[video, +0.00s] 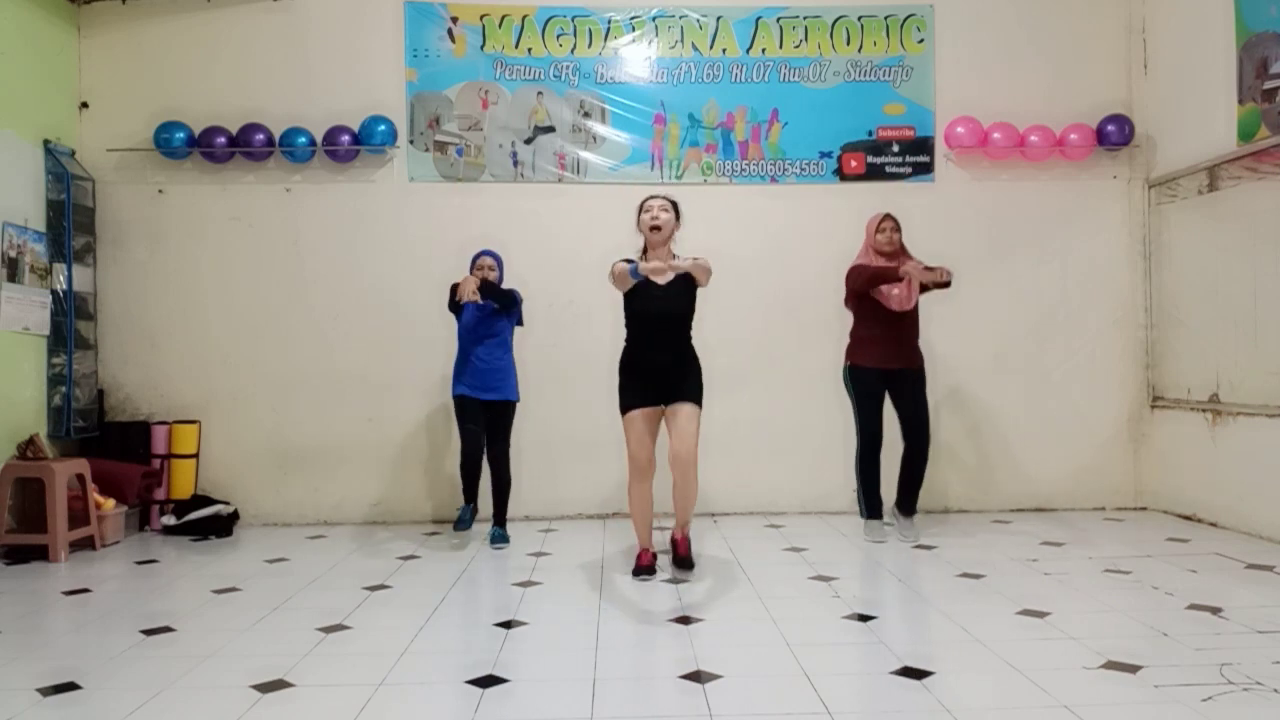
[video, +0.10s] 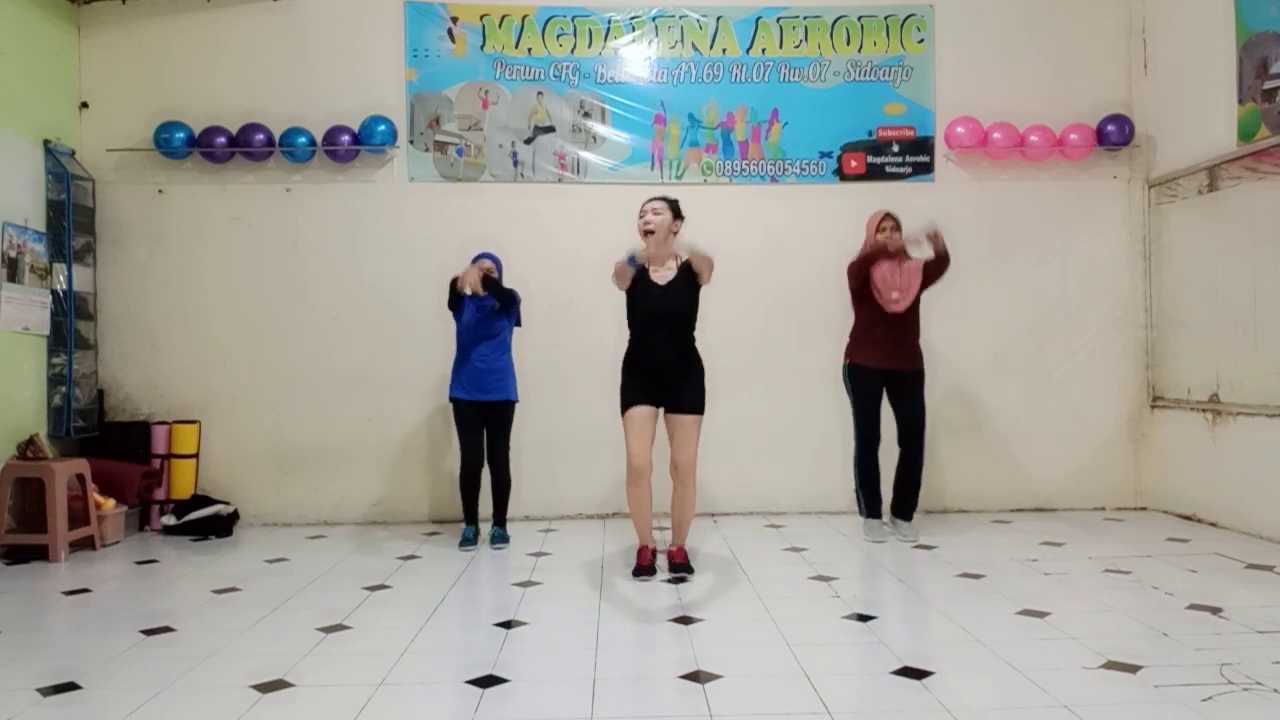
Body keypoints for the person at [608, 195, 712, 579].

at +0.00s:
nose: (655, 215)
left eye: (664, 210)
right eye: (648, 211)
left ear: (676, 224)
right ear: (639, 225)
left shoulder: (691, 266)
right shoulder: (627, 267)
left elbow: (704, 274)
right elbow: (619, 276)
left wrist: (685, 268)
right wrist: (637, 271)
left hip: (682, 369)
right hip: (638, 370)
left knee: (684, 456)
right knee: (640, 462)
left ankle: (682, 536)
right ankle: (645, 548)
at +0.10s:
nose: (648, 218)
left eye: (656, 212)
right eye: (643, 215)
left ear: (676, 225)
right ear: (639, 227)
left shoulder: (693, 269)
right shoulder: (631, 270)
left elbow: (705, 267)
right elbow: (620, 277)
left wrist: (690, 253)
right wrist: (633, 259)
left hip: (684, 371)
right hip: (639, 371)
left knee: (683, 465)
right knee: (638, 465)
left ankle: (678, 548)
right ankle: (645, 547)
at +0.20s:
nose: (641, 219)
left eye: (651, 213)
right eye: (639, 214)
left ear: (673, 223)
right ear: (640, 224)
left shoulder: (693, 266)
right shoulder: (632, 267)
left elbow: (708, 234)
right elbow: (615, 242)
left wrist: (682, 192)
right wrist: (629, 204)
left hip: (685, 368)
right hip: (642, 367)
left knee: (684, 462)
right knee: (636, 442)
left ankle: (679, 547)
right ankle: (644, 524)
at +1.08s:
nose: (658, 204)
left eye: (666, 202)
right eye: (650, 202)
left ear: (677, 216)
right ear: (641, 215)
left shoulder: (691, 256)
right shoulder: (629, 256)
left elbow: (724, 241)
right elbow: (595, 239)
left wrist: (705, 189)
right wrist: (614, 191)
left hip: (682, 360)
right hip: (639, 360)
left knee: (681, 453)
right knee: (637, 453)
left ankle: (680, 537)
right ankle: (637, 530)